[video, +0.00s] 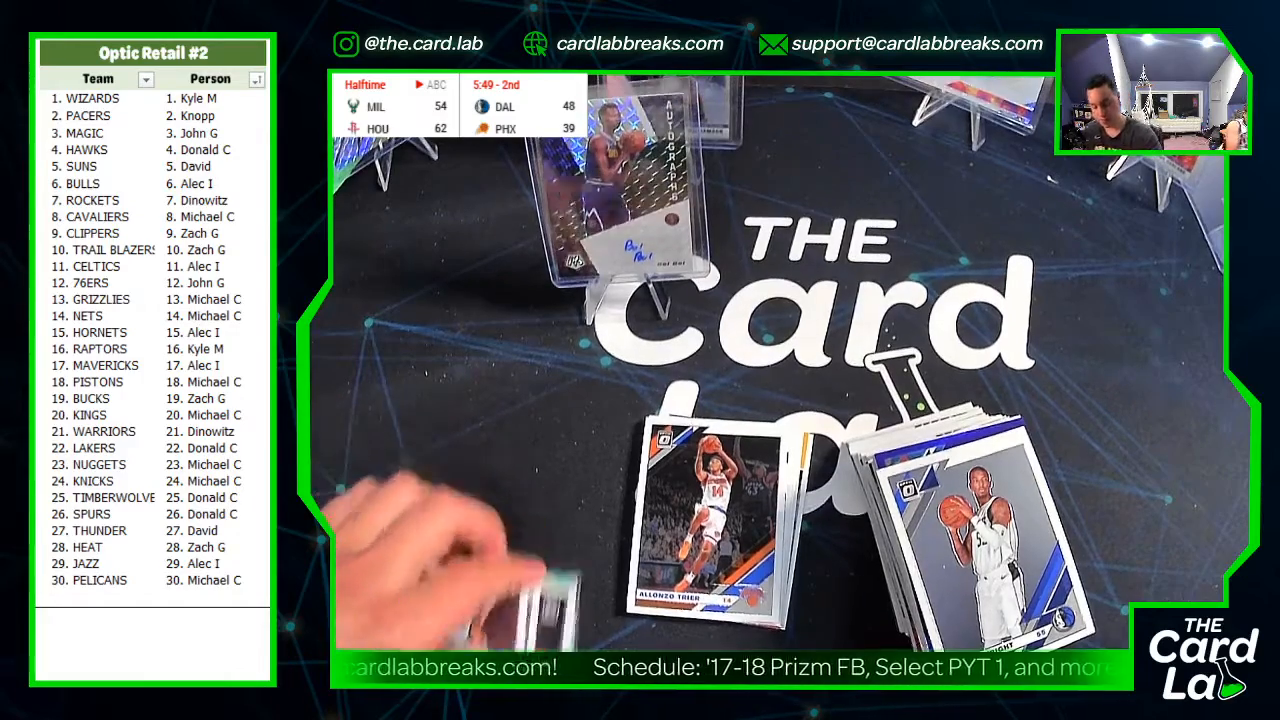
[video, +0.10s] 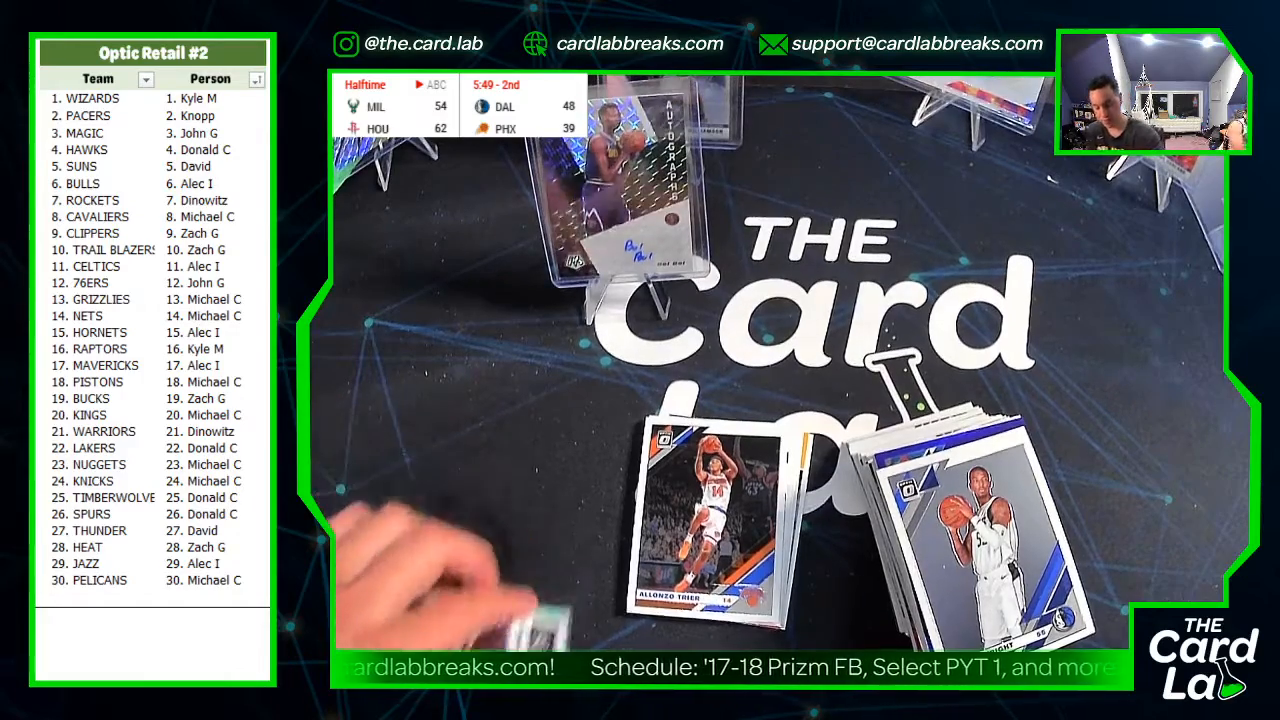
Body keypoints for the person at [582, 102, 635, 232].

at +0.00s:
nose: (618, 118)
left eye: (618, 115)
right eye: (614, 116)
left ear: (620, 117)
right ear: (603, 119)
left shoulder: (616, 141)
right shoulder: (598, 141)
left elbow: (621, 178)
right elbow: (606, 176)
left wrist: (631, 154)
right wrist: (623, 157)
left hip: (611, 188)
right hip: (595, 190)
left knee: (624, 227)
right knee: (599, 234)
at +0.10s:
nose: (618, 119)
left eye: (618, 115)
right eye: (613, 116)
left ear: (620, 117)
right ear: (603, 119)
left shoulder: (615, 141)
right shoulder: (598, 141)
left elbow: (620, 171)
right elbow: (607, 176)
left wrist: (631, 153)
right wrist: (624, 156)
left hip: (612, 189)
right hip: (596, 193)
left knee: (623, 229)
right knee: (599, 236)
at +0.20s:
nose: (618, 119)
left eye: (618, 115)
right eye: (613, 115)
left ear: (620, 117)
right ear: (603, 119)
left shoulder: (615, 141)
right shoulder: (598, 141)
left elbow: (620, 175)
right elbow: (607, 176)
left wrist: (631, 153)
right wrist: (624, 155)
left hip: (612, 189)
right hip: (596, 193)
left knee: (625, 227)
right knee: (600, 235)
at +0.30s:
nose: (618, 118)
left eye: (619, 115)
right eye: (614, 115)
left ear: (620, 117)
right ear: (603, 118)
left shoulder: (615, 141)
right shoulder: (598, 141)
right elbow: (606, 176)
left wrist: (631, 153)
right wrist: (624, 156)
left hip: (612, 187)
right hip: (596, 189)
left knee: (624, 226)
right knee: (600, 233)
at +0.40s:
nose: (618, 118)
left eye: (619, 115)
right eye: (614, 115)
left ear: (620, 117)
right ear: (603, 118)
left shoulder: (615, 141)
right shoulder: (599, 141)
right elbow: (605, 175)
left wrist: (630, 153)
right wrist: (624, 156)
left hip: (612, 187)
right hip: (596, 189)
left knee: (624, 226)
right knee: (599, 233)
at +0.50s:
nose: (617, 118)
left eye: (618, 115)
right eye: (613, 115)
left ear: (620, 117)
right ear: (603, 118)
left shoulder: (616, 142)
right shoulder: (598, 141)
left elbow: (621, 176)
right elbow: (606, 175)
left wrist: (632, 157)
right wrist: (623, 156)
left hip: (611, 187)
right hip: (596, 188)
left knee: (625, 227)